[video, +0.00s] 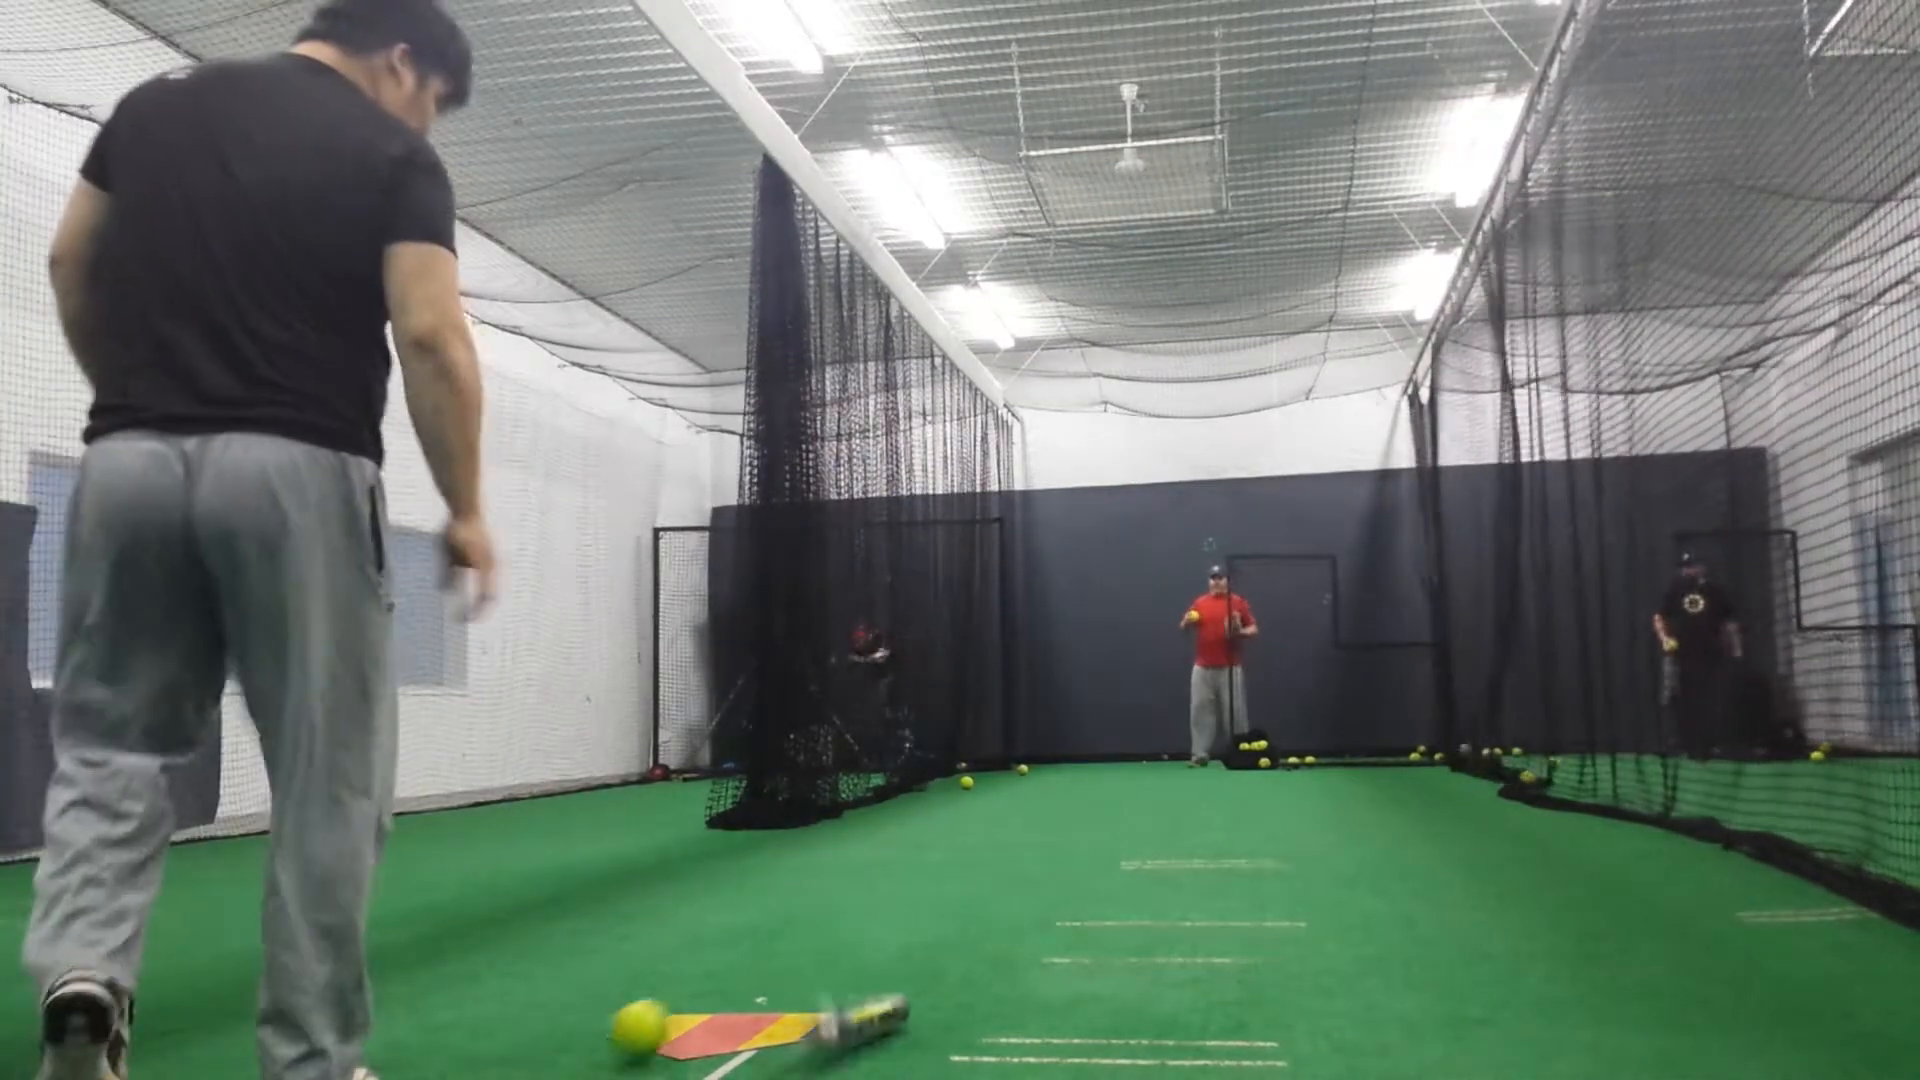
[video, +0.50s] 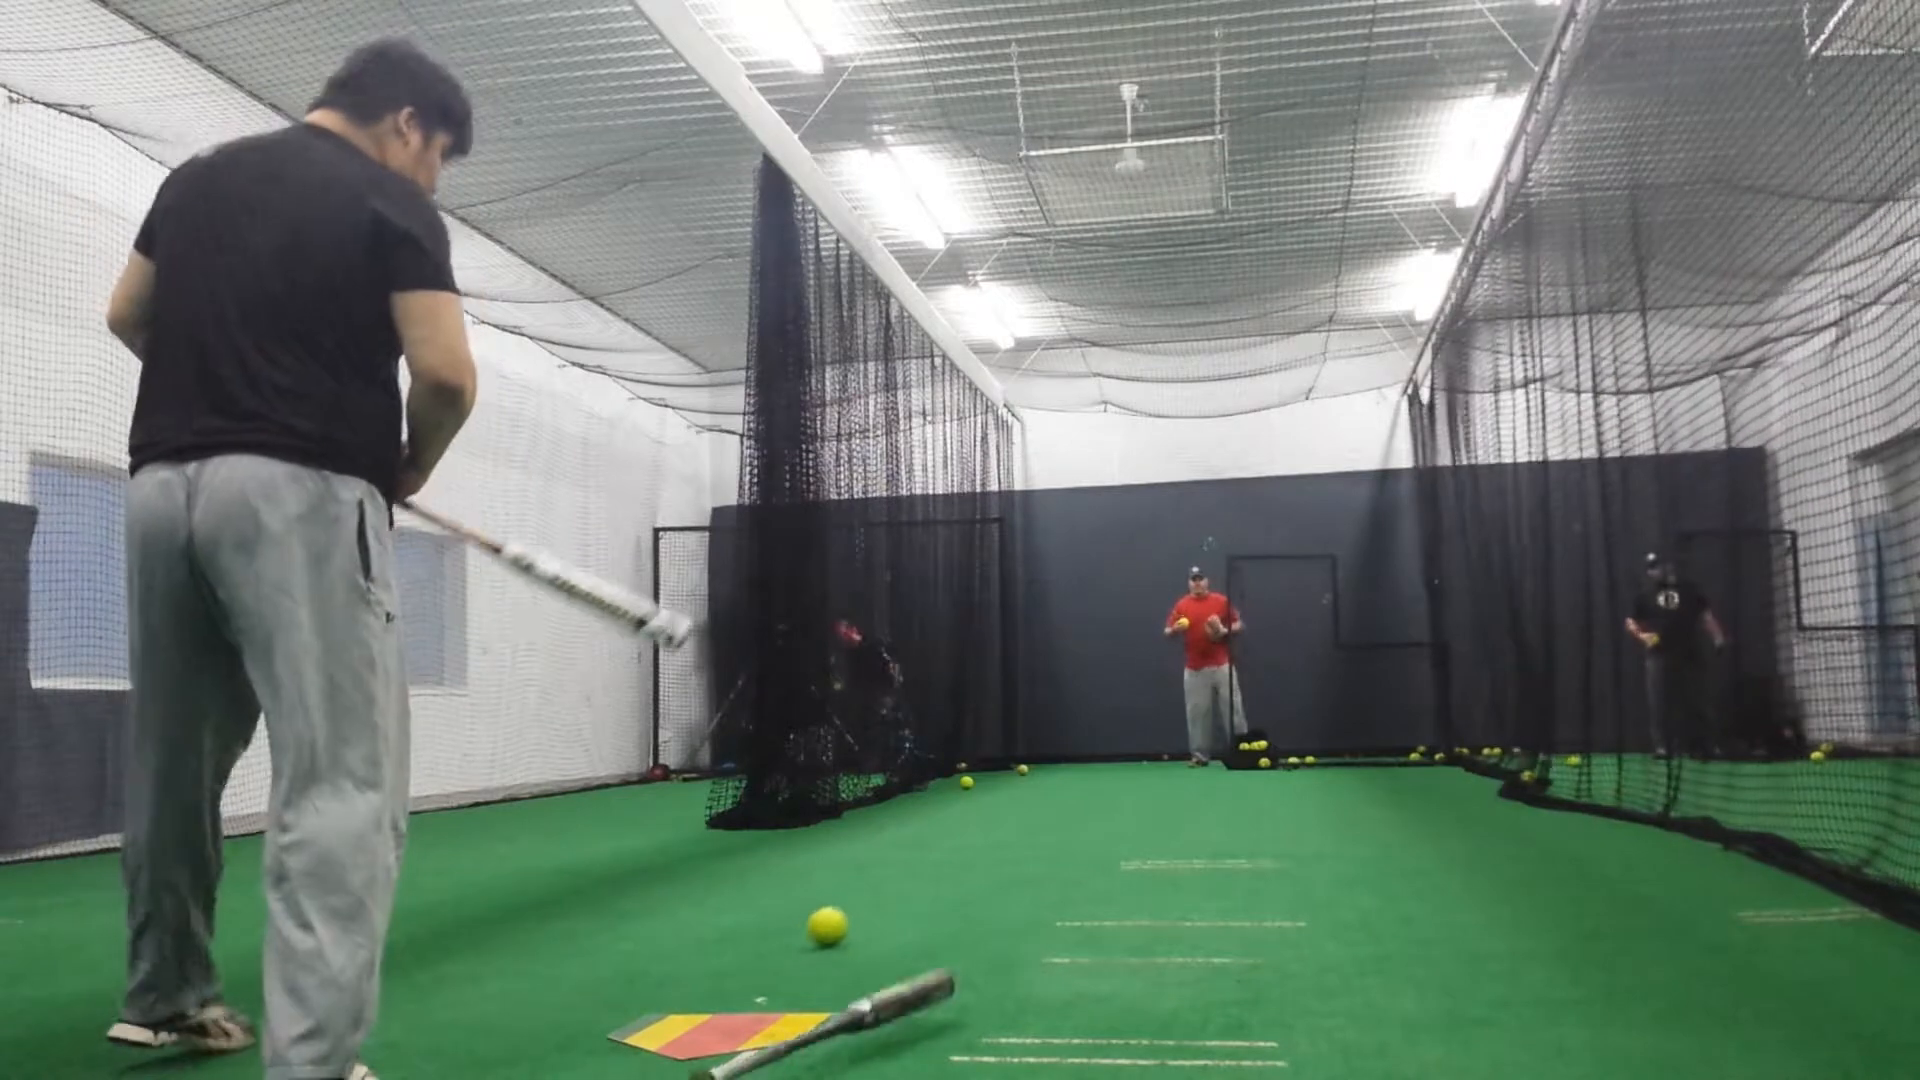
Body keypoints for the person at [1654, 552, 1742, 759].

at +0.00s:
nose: (1692, 573)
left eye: (1696, 568)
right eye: (1688, 568)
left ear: (1704, 569)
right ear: (1680, 570)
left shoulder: (1716, 592)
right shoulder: (1673, 592)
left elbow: (1730, 624)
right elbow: (1659, 618)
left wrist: (1736, 651)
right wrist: (1665, 639)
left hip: (1712, 652)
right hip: (1683, 653)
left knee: (1713, 699)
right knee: (1676, 697)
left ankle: (1711, 744)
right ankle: (1677, 743)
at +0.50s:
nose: (1659, 573)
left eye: (1662, 567)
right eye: (1654, 569)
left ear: (1670, 568)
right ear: (1648, 573)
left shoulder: (1687, 590)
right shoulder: (1645, 596)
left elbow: (1706, 615)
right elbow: (1631, 622)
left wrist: (1717, 635)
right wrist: (1643, 636)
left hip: (1688, 650)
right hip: (1659, 654)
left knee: (1694, 697)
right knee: (1659, 700)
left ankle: (1700, 744)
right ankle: (1661, 744)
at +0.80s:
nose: (1648, 570)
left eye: (1651, 565)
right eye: (1644, 567)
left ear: (1659, 565)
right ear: (1639, 570)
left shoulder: (1675, 587)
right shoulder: (1635, 593)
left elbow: (1692, 614)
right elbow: (1620, 620)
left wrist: (1681, 634)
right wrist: (1635, 637)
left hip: (1675, 645)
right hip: (1651, 648)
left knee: (1681, 694)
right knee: (1653, 697)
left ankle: (1687, 742)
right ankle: (1659, 744)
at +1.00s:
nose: (1646, 570)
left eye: (1649, 564)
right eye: (1642, 566)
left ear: (1656, 565)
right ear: (1636, 570)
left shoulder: (1671, 587)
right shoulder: (1632, 593)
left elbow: (1688, 612)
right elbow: (1619, 621)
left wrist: (1680, 631)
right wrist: (1631, 638)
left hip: (1673, 646)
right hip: (1648, 649)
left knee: (1680, 694)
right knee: (1653, 697)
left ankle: (1687, 742)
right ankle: (1660, 744)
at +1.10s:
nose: (1645, 570)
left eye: (1648, 564)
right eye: (1641, 566)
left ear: (1655, 565)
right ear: (1635, 570)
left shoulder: (1671, 588)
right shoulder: (1631, 594)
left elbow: (1687, 615)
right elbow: (1618, 622)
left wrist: (1681, 640)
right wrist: (1628, 639)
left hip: (1672, 649)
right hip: (1647, 652)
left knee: (1680, 696)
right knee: (1654, 699)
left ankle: (1692, 744)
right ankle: (1659, 744)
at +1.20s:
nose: (1644, 571)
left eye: (1647, 565)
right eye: (1639, 567)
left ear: (1654, 565)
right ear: (1634, 570)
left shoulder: (1671, 588)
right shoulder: (1629, 594)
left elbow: (1687, 614)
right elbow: (1619, 623)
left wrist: (1687, 640)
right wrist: (1625, 641)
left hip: (1674, 649)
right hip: (1648, 654)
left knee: (1681, 696)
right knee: (1654, 700)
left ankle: (1691, 743)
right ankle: (1659, 744)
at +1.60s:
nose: (1640, 571)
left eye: (1643, 566)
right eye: (1636, 567)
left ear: (1651, 566)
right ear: (1631, 570)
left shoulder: (1667, 590)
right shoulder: (1634, 594)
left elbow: (1678, 620)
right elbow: (1628, 627)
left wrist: (1677, 645)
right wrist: (1623, 650)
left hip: (1667, 653)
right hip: (1644, 654)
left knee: (1675, 695)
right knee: (1648, 698)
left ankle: (1679, 741)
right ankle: (1657, 742)